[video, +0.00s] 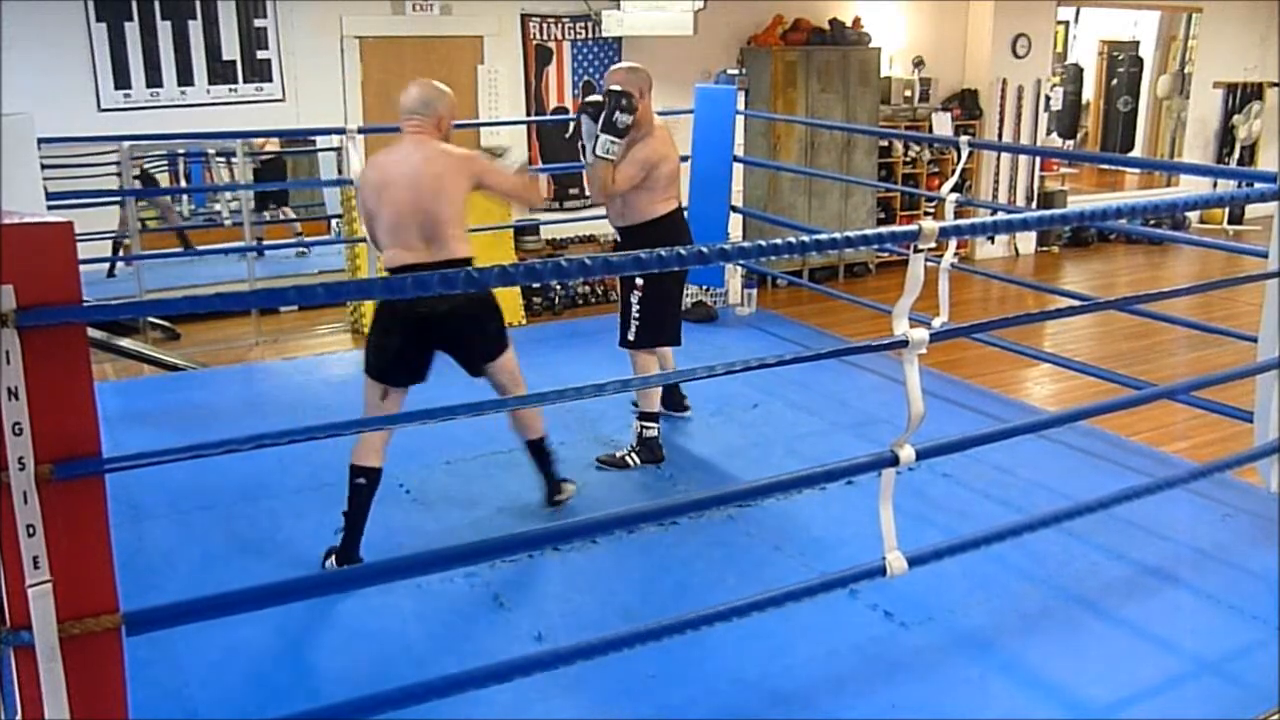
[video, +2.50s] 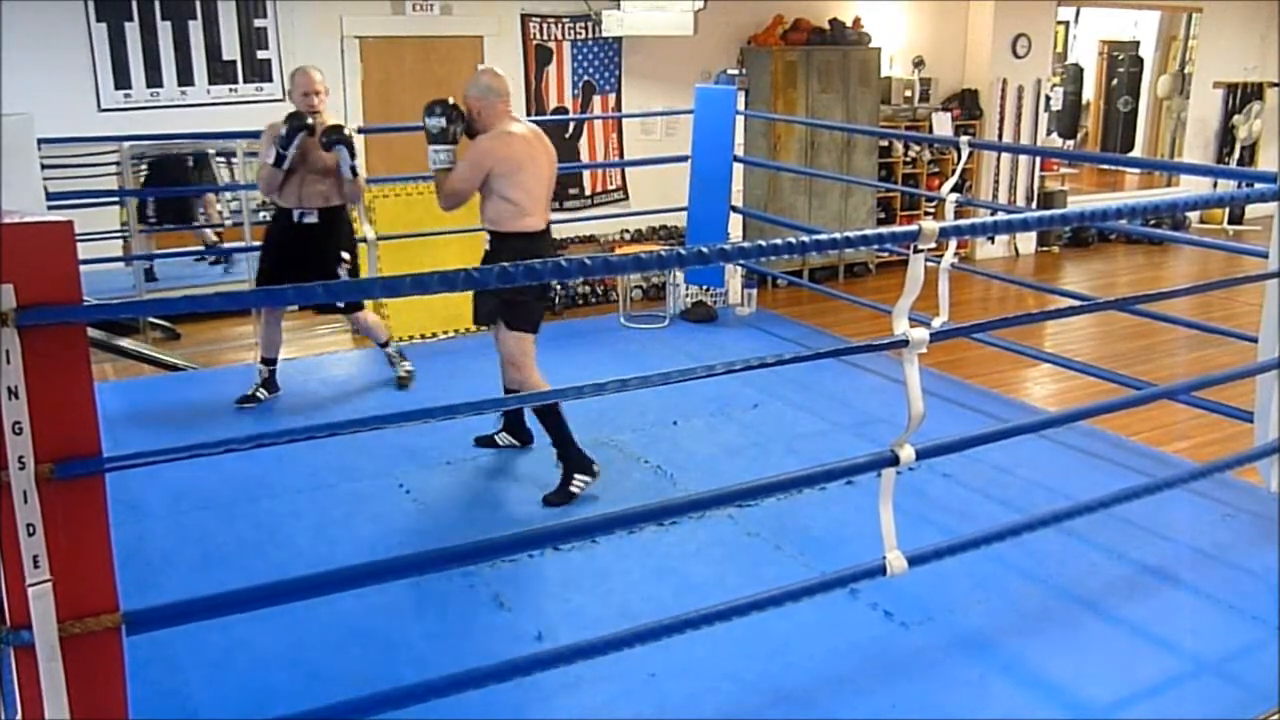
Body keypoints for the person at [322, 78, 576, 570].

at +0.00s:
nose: (455, 125)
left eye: (453, 119)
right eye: (453, 119)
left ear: (402, 119)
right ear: (442, 121)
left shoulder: (371, 171)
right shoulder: (461, 161)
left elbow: (375, 235)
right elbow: (532, 193)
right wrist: (536, 175)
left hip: (399, 302)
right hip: (462, 295)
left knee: (376, 423)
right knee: (514, 389)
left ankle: (349, 546)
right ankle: (552, 484)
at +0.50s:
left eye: (495, 115)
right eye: (533, 117)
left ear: (491, 119)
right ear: (535, 121)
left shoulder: (471, 165)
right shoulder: (557, 168)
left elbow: (449, 240)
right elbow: (578, 244)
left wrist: (482, 207)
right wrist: (543, 217)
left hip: (491, 298)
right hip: (549, 294)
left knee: (465, 409)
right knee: (561, 394)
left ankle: (467, 526)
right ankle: (581, 496)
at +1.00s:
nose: (495, 112)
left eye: (493, 105)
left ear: (495, 108)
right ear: (538, 106)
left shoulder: (480, 154)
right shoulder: (566, 149)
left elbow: (469, 213)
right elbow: (587, 216)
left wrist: (487, 161)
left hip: (518, 272)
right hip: (568, 263)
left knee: (519, 389)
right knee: (561, 342)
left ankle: (544, 508)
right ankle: (575, 442)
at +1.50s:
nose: (555, 113)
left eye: (553, 107)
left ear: (551, 111)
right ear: (586, 117)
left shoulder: (526, 144)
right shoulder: (602, 155)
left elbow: (488, 160)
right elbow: (617, 218)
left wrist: (479, 132)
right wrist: (582, 203)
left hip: (545, 252)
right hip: (592, 251)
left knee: (553, 365)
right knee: (582, 345)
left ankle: (595, 469)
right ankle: (582, 425)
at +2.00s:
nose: (496, 129)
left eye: (496, 121)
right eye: (494, 122)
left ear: (510, 114)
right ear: (529, 106)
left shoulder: (526, 150)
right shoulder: (567, 135)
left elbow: (507, 220)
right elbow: (555, 199)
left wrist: (484, 182)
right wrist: (501, 175)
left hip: (560, 252)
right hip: (588, 241)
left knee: (549, 362)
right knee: (568, 341)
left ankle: (585, 470)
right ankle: (585, 420)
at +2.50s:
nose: (466, 115)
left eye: (468, 107)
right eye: (466, 107)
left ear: (488, 105)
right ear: (505, 102)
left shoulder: (491, 144)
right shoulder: (538, 137)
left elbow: (448, 197)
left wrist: (443, 149)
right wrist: (472, 145)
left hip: (512, 252)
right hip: (539, 247)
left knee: (520, 368)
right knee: (507, 341)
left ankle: (576, 462)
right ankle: (515, 426)